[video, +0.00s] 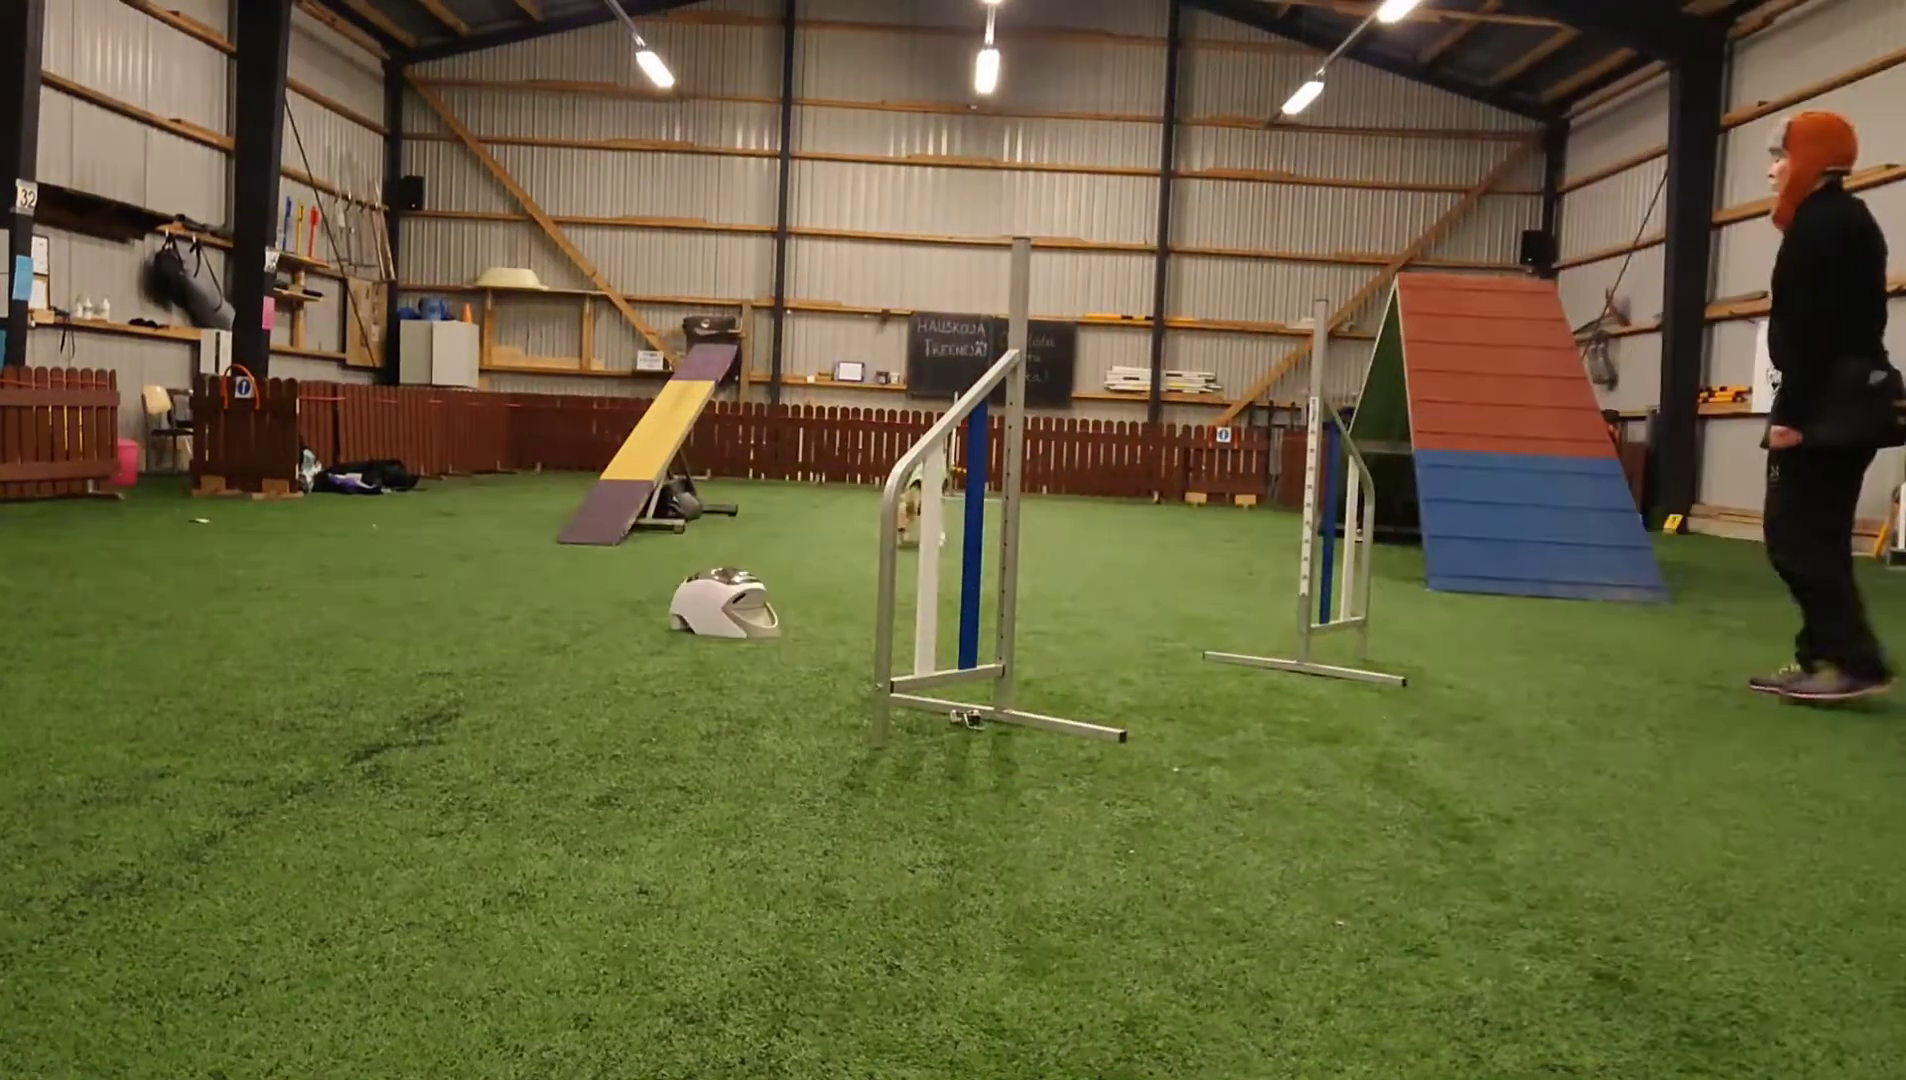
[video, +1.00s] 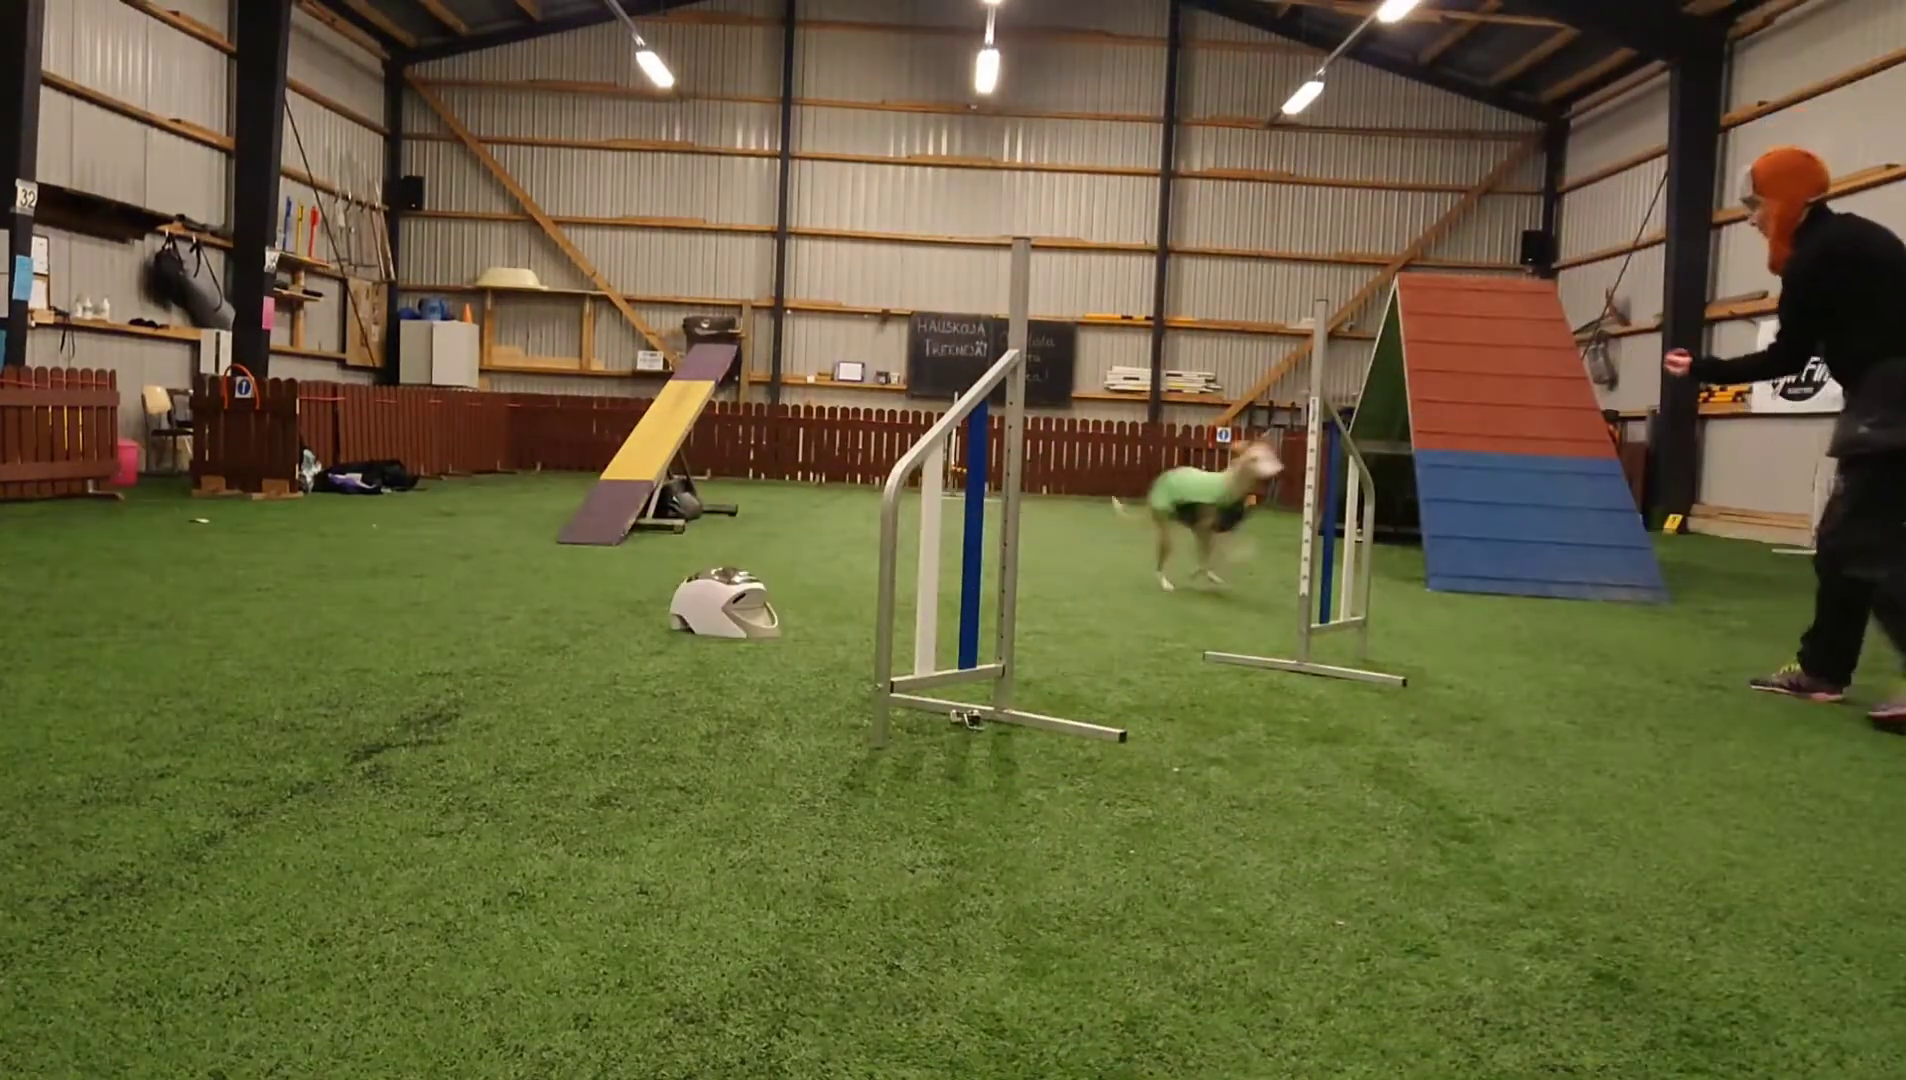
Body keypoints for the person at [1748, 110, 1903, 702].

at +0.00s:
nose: (1775, 166)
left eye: (1784, 155)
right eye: (1779, 154)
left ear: (1811, 162)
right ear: (1830, 162)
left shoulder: (1815, 225)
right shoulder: (1856, 220)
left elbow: (1811, 328)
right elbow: (1864, 324)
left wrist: (1790, 412)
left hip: (1822, 410)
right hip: (1852, 406)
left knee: (1793, 535)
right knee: (1822, 534)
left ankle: (1856, 663)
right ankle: (1822, 661)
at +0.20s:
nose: (1761, 168)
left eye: (1769, 156)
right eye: (1764, 155)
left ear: (1797, 164)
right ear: (1818, 163)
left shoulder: (1800, 230)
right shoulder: (1855, 222)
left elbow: (1793, 332)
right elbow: (1873, 327)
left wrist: (1780, 415)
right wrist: (1854, 398)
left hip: (1811, 417)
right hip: (1847, 415)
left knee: (1793, 546)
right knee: (1828, 543)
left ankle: (1808, 677)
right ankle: (1826, 674)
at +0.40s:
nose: (1765, 166)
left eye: (1772, 155)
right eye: (1767, 154)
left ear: (1798, 161)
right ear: (1820, 160)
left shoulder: (1799, 227)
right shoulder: (1854, 221)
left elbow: (1787, 329)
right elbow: (1871, 326)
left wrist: (1770, 412)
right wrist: (1862, 395)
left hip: (1805, 415)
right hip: (1843, 412)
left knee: (1793, 545)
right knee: (1822, 542)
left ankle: (1809, 676)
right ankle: (1824, 673)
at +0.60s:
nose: (1763, 168)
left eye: (1769, 158)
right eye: (1765, 157)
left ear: (1794, 163)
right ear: (1821, 162)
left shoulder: (1798, 225)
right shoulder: (1857, 222)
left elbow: (1776, 328)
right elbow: (1866, 326)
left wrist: (1731, 405)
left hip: (1812, 408)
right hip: (1855, 407)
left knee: (1782, 534)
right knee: (1826, 535)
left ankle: (1806, 673)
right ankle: (1825, 670)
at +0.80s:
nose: (1749, 195)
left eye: (1754, 182)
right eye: (1750, 182)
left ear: (1779, 184)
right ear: (1806, 180)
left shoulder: (1798, 239)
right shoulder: (1856, 228)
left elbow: (1777, 339)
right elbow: (1881, 318)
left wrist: (1688, 356)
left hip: (1848, 416)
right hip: (1886, 413)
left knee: (1810, 537)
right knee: (1838, 538)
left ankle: (1848, 674)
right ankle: (1826, 661)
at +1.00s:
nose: (1754, 217)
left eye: (1759, 204)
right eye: (1753, 205)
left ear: (1790, 203)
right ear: (1808, 201)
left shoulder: (1812, 258)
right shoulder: (1865, 235)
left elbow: (1786, 360)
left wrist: (1703, 367)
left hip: (1883, 423)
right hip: (1892, 420)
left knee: (1848, 541)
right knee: (1871, 545)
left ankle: (1823, 672)